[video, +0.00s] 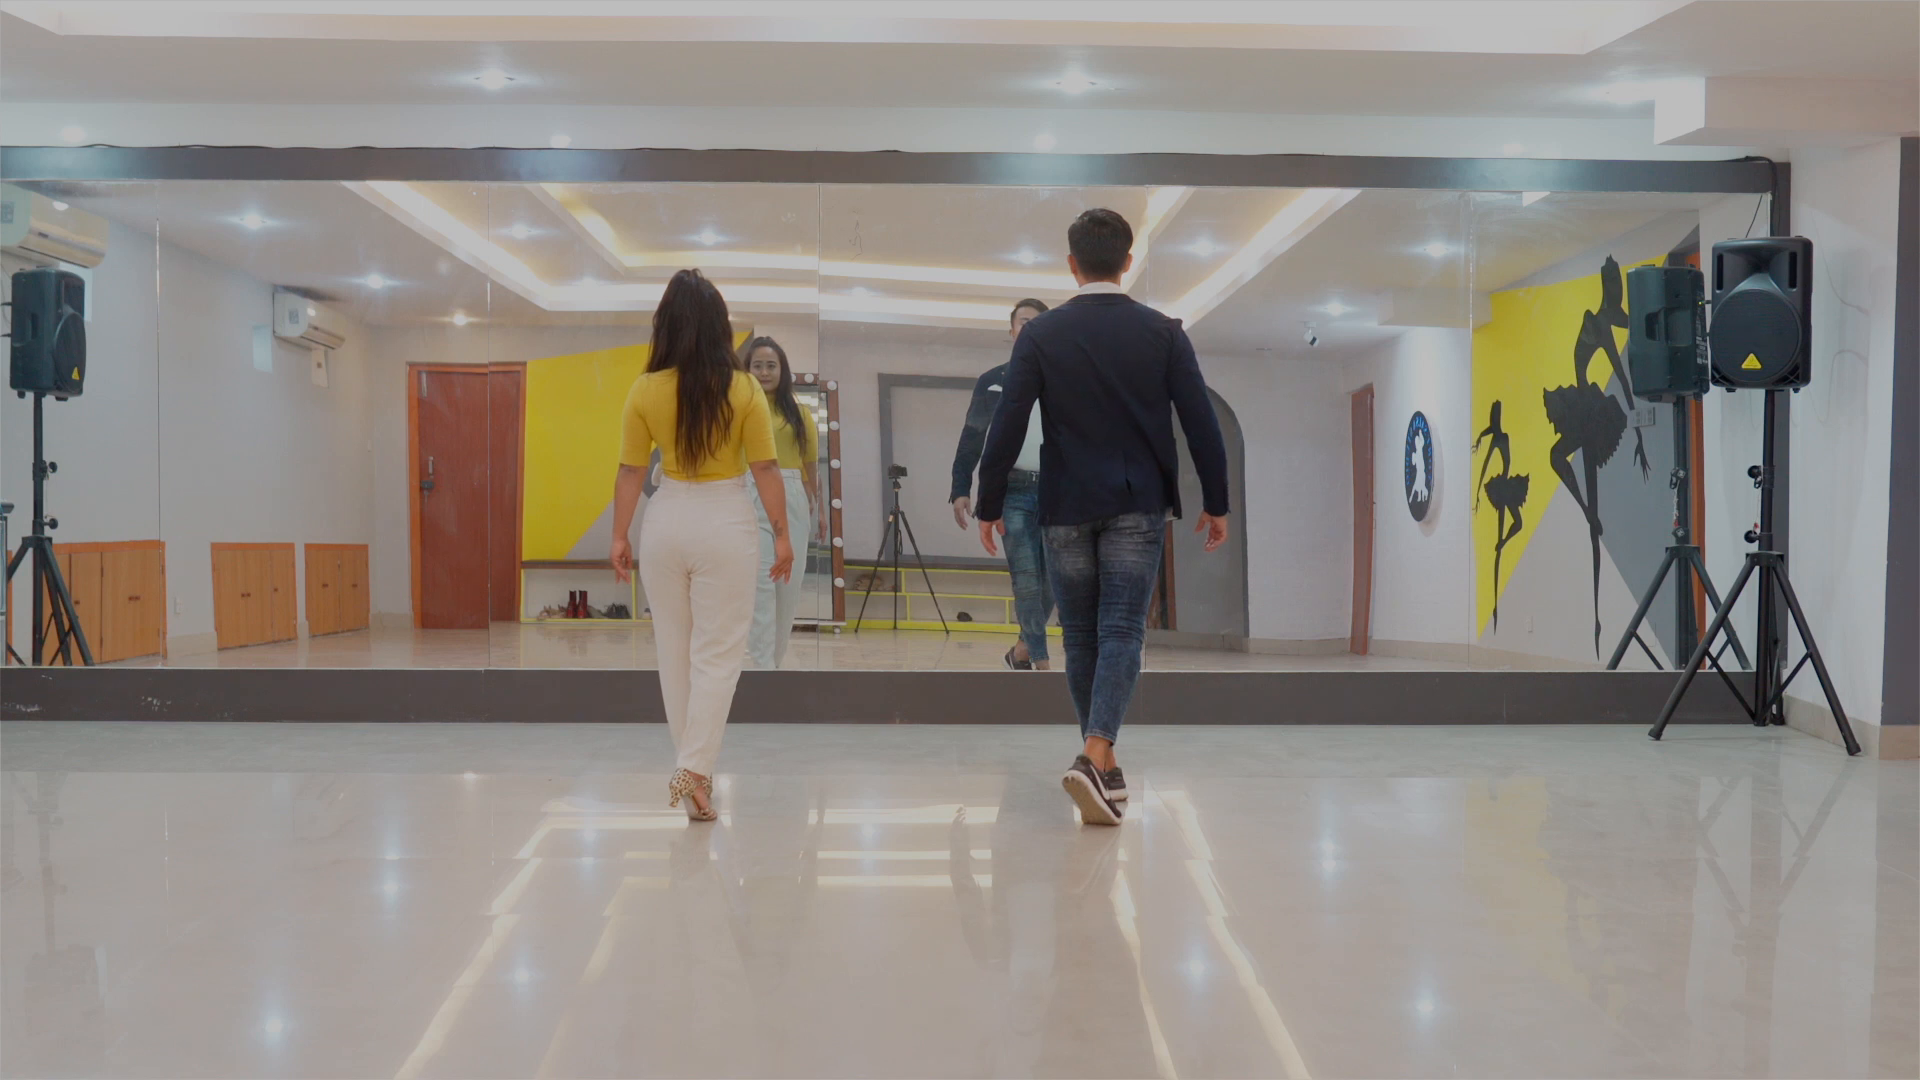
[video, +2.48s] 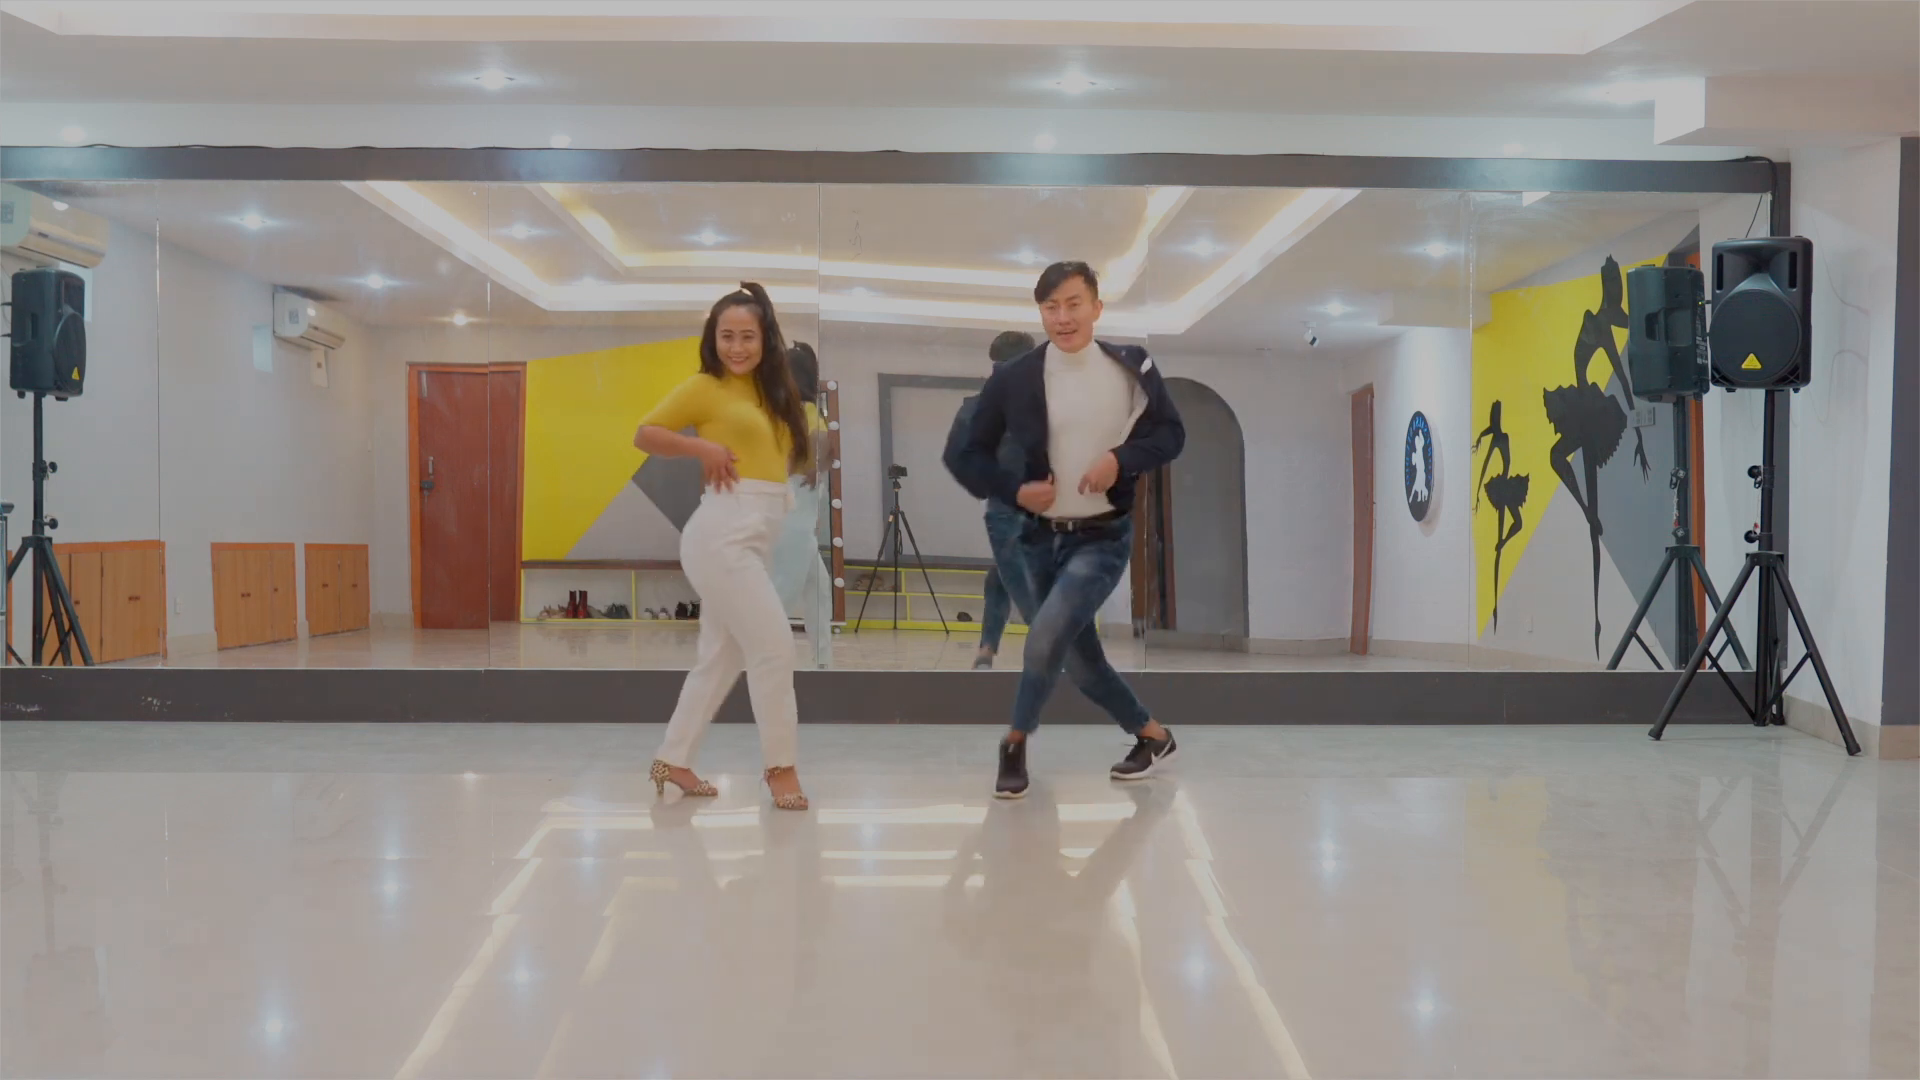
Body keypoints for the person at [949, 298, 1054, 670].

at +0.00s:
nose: (1028, 329)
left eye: (1036, 324)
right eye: (1022, 323)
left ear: (1048, 332)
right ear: (1011, 330)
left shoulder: (1062, 379)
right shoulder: (993, 381)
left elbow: (1077, 434)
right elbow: (972, 436)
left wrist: (1080, 486)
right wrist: (961, 488)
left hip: (1057, 488)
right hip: (1014, 486)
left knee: (1055, 577)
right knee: (1026, 574)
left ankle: (1021, 650)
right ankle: (1041, 661)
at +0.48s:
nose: (1064, 348)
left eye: (1065, 340)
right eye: (1060, 339)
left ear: (1035, 343)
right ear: (1040, 341)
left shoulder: (1012, 384)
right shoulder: (1048, 385)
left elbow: (995, 438)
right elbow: (1053, 437)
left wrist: (1020, 460)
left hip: (1004, 485)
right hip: (1036, 490)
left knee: (1032, 577)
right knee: (1047, 581)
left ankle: (1022, 655)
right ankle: (1013, 656)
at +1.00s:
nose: (1064, 353)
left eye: (1061, 345)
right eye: (1062, 346)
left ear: (1028, 350)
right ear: (1059, 350)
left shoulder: (1010, 384)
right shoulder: (1069, 385)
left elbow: (958, 428)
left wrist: (978, 476)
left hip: (1009, 493)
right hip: (1053, 492)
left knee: (1030, 581)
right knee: (1049, 585)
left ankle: (1046, 662)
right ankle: (1019, 663)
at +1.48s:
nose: (1016, 361)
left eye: (1016, 355)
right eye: (1016, 355)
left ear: (1022, 357)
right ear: (1056, 355)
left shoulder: (1026, 392)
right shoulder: (1073, 389)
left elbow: (1029, 442)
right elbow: (1080, 438)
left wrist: (1005, 476)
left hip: (1040, 506)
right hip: (1077, 503)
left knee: (1044, 589)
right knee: (1079, 584)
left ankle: (1064, 659)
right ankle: (1078, 639)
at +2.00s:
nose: (1008, 356)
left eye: (1008, 350)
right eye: (1010, 350)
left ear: (1012, 349)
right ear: (1047, 347)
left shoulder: (1005, 386)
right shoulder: (1067, 375)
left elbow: (953, 436)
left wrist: (973, 480)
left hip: (1037, 491)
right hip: (1080, 486)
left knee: (1032, 575)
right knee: (1033, 570)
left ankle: (1074, 654)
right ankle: (1029, 649)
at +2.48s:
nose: (1018, 372)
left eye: (1014, 365)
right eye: (1020, 363)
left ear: (995, 363)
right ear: (1030, 364)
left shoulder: (981, 404)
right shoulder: (1046, 400)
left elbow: (956, 454)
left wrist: (991, 487)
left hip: (1005, 511)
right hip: (1044, 512)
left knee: (1025, 593)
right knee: (999, 584)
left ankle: (1058, 654)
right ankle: (986, 652)